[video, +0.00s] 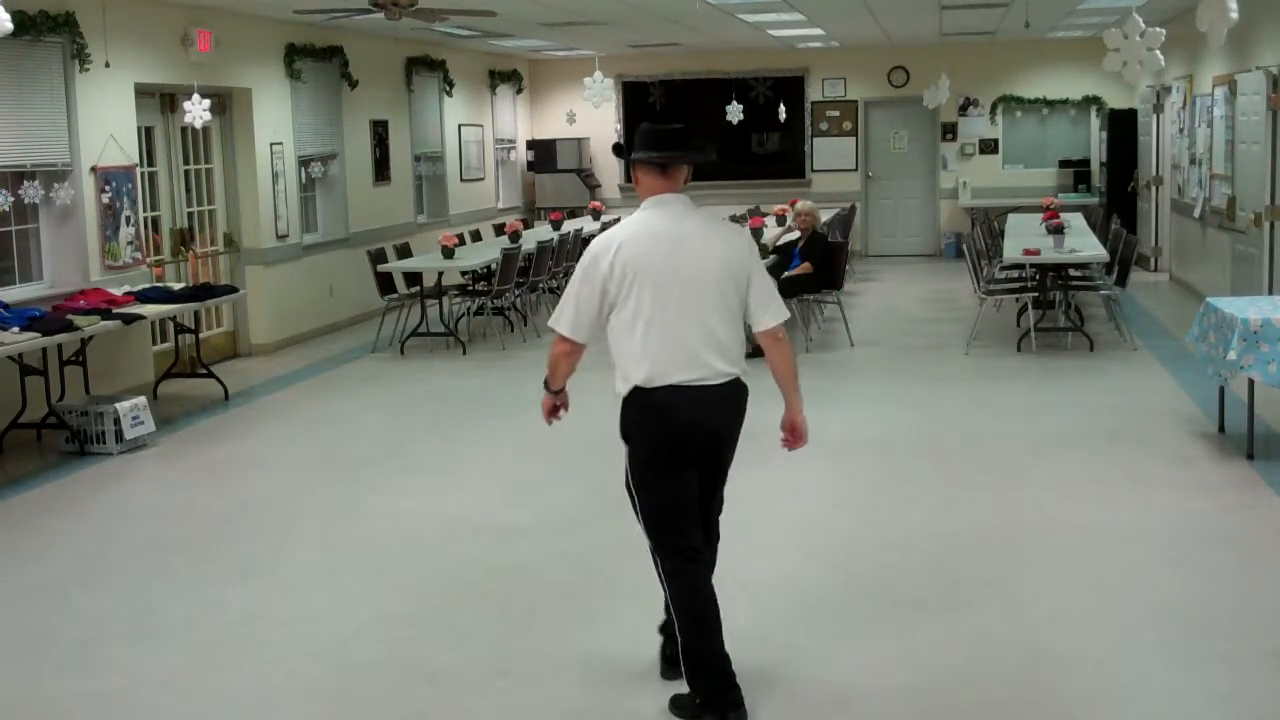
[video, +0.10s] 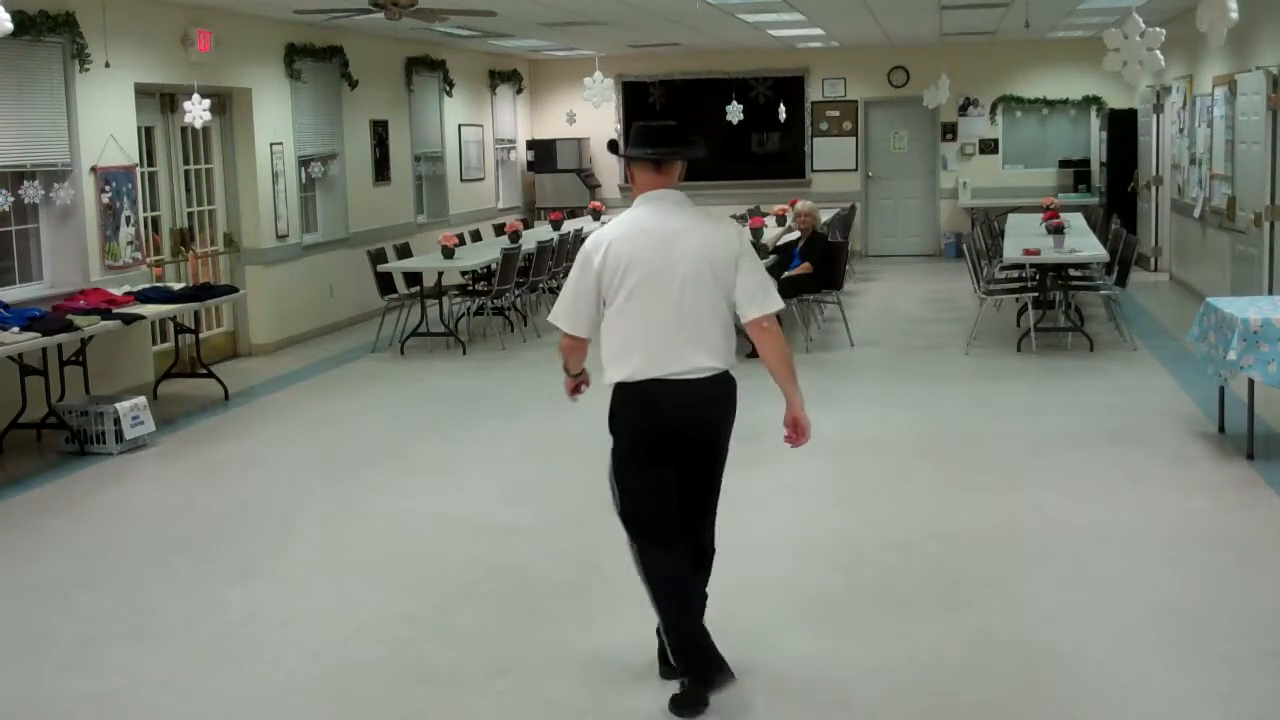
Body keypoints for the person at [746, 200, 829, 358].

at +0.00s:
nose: (803, 218)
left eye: (807, 215)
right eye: (799, 215)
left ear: (814, 219)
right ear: (795, 219)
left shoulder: (820, 239)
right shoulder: (796, 242)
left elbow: (811, 266)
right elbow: (766, 249)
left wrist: (785, 276)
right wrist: (784, 229)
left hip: (809, 280)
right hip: (790, 277)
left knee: (767, 293)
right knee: (760, 287)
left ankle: (763, 344)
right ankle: (758, 340)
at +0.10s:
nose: (802, 219)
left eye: (806, 216)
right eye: (799, 216)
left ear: (814, 219)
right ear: (795, 220)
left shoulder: (820, 239)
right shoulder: (797, 241)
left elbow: (811, 266)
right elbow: (767, 249)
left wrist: (785, 276)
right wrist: (784, 230)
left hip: (809, 280)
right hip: (791, 276)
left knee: (769, 292)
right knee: (762, 286)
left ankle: (767, 343)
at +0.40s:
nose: (802, 219)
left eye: (806, 216)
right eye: (799, 216)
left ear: (814, 219)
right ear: (794, 220)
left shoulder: (820, 240)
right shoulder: (796, 242)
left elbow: (809, 267)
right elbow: (767, 250)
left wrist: (784, 277)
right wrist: (785, 231)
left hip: (810, 278)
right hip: (792, 276)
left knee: (766, 291)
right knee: (766, 276)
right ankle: (773, 316)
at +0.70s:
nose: (802, 220)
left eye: (806, 216)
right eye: (798, 216)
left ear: (814, 219)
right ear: (795, 220)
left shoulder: (820, 240)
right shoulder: (797, 241)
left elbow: (810, 267)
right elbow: (767, 249)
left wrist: (785, 276)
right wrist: (785, 230)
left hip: (809, 279)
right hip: (791, 275)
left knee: (767, 292)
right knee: (765, 275)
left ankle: (768, 343)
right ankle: (773, 315)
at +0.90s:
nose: (802, 220)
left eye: (806, 216)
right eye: (799, 216)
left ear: (814, 219)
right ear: (795, 221)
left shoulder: (820, 240)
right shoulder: (797, 241)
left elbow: (810, 267)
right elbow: (767, 249)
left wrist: (785, 276)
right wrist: (784, 230)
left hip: (810, 279)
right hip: (791, 275)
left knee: (768, 291)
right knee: (765, 275)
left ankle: (768, 343)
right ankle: (773, 315)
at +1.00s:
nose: (802, 220)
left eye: (806, 216)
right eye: (799, 216)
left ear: (814, 219)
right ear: (795, 220)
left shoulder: (820, 240)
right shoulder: (797, 241)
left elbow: (810, 267)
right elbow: (767, 249)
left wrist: (785, 276)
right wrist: (784, 230)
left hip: (810, 279)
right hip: (791, 275)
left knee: (768, 292)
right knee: (765, 276)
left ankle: (769, 343)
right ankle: (773, 315)